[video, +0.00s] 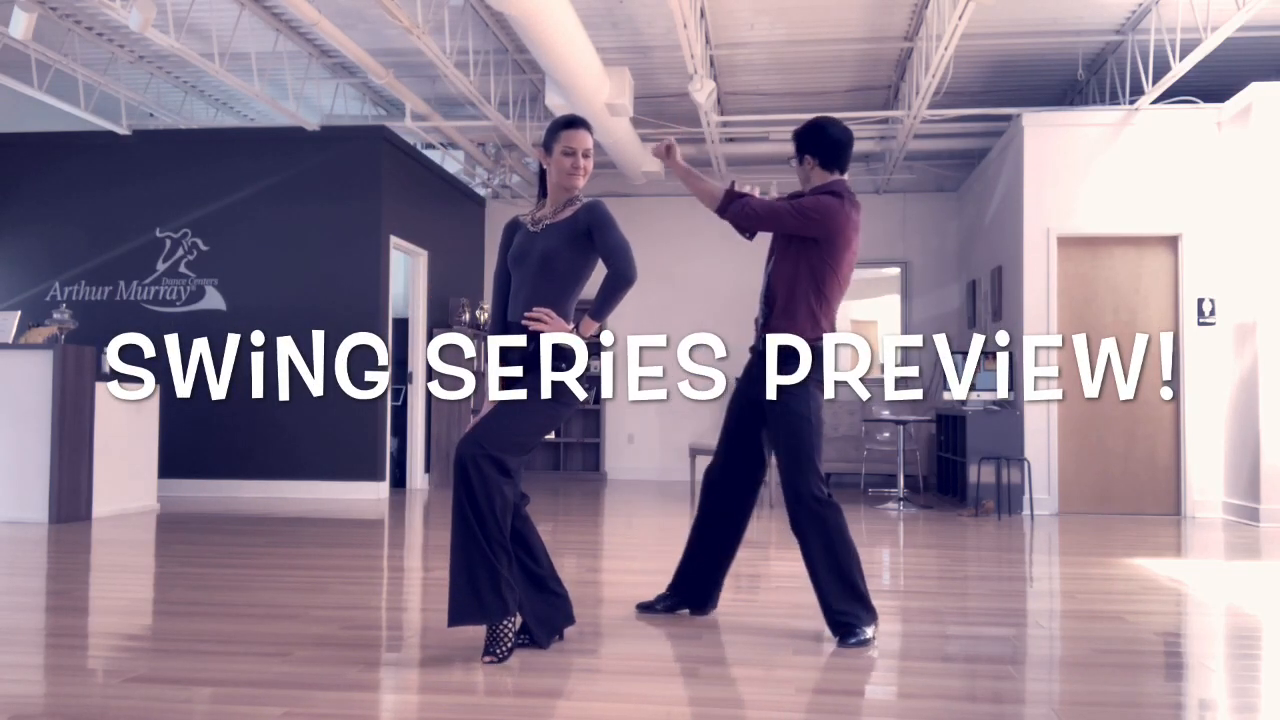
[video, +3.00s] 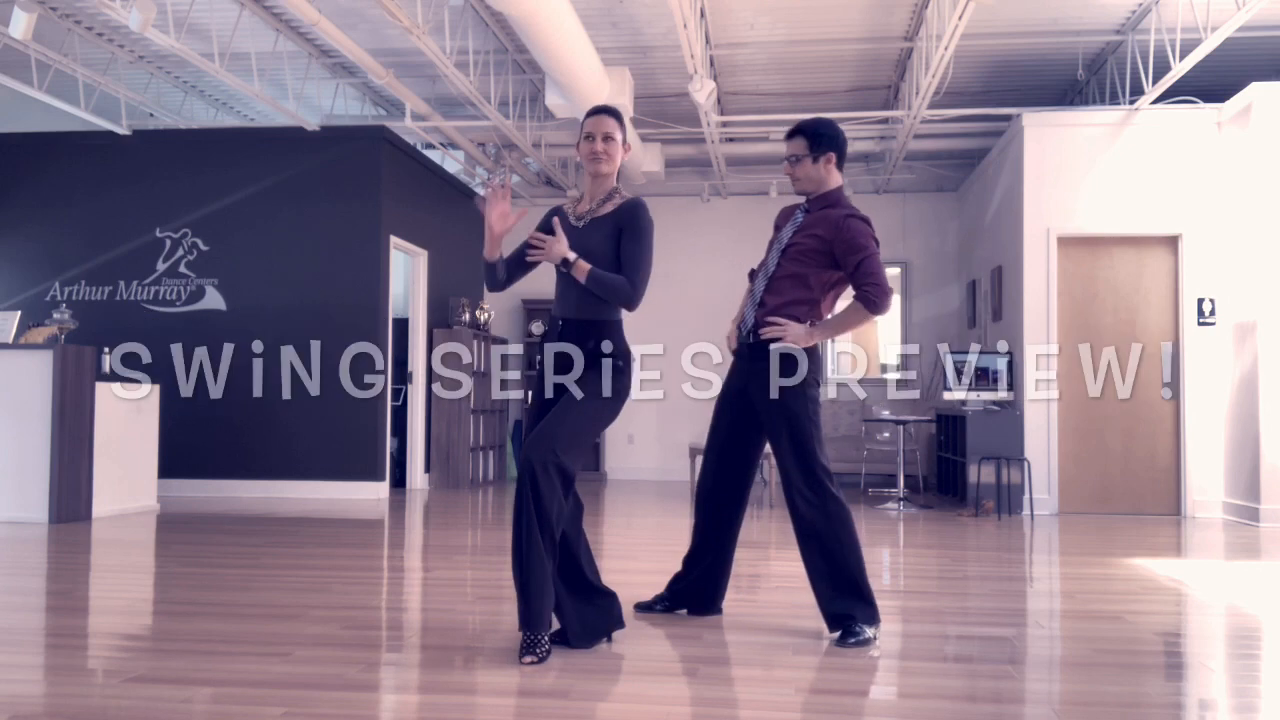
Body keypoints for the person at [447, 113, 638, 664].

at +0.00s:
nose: (578, 163)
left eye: (586, 155)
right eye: (568, 153)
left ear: (593, 164)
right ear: (543, 158)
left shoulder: (591, 214)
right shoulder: (517, 227)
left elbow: (623, 271)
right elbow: (500, 311)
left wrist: (584, 326)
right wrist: (490, 387)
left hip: (558, 371)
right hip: (515, 371)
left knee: (476, 451)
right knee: (496, 485)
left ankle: (503, 605)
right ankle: (546, 608)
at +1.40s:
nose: (575, 137)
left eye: (584, 129)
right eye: (566, 128)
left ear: (594, 140)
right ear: (548, 137)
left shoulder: (597, 198)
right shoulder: (533, 212)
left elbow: (634, 244)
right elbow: (509, 285)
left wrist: (584, 292)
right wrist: (492, 338)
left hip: (567, 352)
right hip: (523, 351)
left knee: (521, 472)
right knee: (511, 474)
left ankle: (551, 614)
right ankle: (539, 613)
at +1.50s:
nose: (577, 138)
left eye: (587, 130)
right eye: (568, 128)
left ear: (598, 142)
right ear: (551, 138)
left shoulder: (601, 200)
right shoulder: (532, 205)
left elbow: (644, 221)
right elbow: (493, 277)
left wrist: (570, 221)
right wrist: (496, 300)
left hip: (575, 349)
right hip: (532, 347)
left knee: (520, 469)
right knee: (523, 475)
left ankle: (551, 619)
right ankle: (585, 599)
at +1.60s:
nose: (582, 156)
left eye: (592, 149)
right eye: (574, 145)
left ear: (602, 150)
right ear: (554, 140)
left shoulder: (606, 203)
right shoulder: (529, 209)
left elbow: (664, 174)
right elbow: (472, 279)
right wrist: (519, 256)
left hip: (578, 350)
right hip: (535, 349)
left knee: (517, 463)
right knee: (544, 478)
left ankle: (548, 614)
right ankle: (593, 607)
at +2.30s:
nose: (598, 158)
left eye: (607, 151)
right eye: (589, 149)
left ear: (615, 162)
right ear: (569, 157)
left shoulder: (622, 216)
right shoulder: (539, 227)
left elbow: (671, 226)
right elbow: (519, 303)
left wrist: (666, 177)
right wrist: (527, 325)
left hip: (595, 369)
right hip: (547, 368)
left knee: (512, 466)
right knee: (533, 490)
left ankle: (535, 615)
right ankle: (587, 609)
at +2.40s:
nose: (600, 154)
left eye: (609, 145)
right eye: (590, 145)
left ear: (620, 153)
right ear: (572, 152)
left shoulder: (630, 212)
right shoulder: (546, 218)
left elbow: (613, 279)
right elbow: (516, 279)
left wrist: (595, 218)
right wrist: (488, 313)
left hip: (600, 361)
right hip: (547, 359)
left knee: (532, 459)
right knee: (533, 476)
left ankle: (540, 614)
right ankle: (588, 606)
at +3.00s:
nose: (598, 146)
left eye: (608, 138)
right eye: (589, 138)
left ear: (625, 150)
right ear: (577, 148)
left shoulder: (633, 213)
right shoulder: (560, 214)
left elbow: (632, 294)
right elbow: (499, 277)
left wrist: (567, 258)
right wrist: (493, 236)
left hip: (604, 361)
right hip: (554, 359)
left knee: (539, 452)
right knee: (547, 480)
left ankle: (538, 617)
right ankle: (588, 608)